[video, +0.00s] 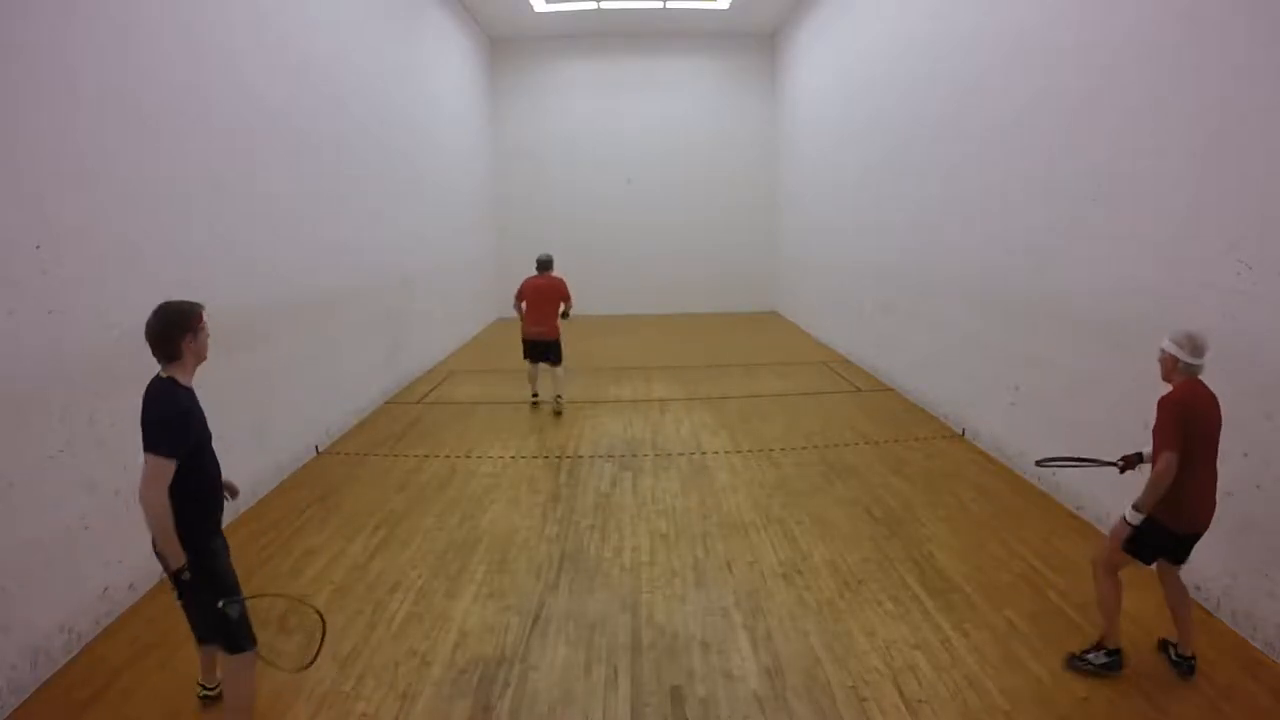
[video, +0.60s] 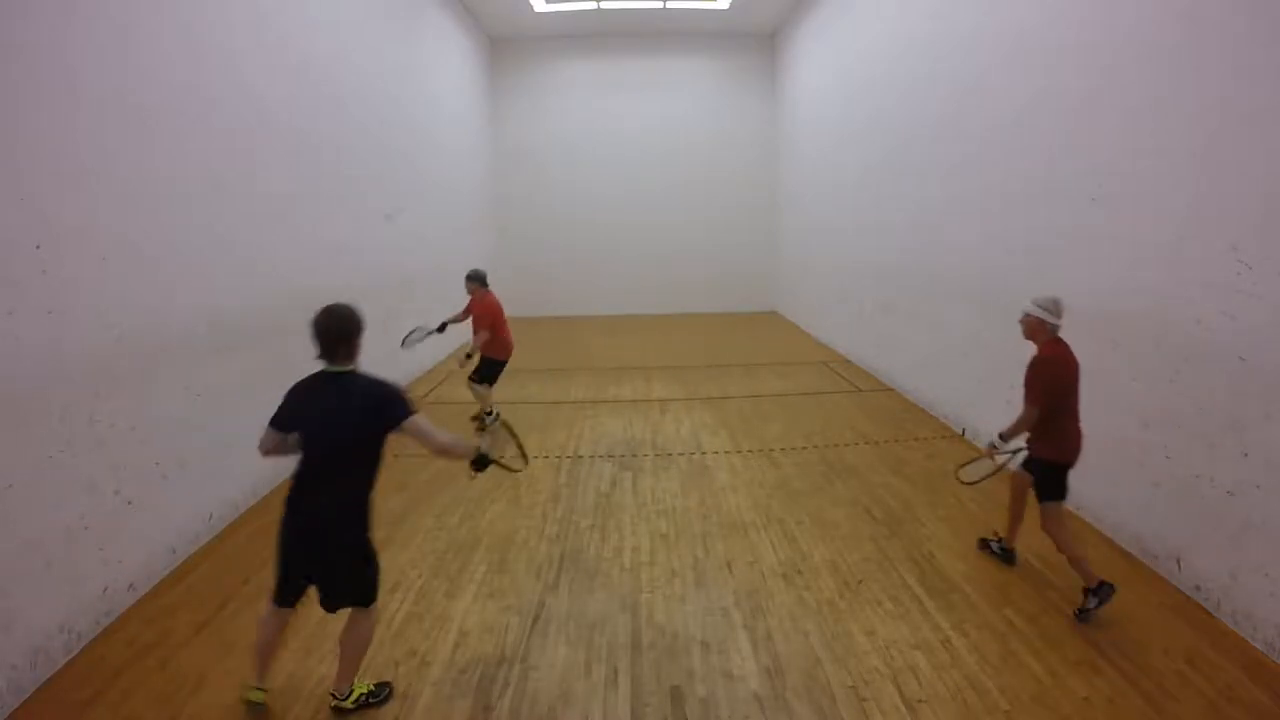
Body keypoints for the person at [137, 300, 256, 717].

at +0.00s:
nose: (208, 338)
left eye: (205, 331)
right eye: (203, 332)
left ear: (174, 343)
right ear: (187, 342)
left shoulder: (173, 389)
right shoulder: (169, 403)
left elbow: (181, 459)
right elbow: (151, 493)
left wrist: (215, 483)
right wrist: (177, 563)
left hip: (196, 530)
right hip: (197, 543)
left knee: (207, 615)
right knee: (242, 648)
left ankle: (210, 684)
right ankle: (240, 714)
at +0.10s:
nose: (209, 324)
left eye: (206, 315)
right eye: (205, 317)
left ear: (165, 330)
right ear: (192, 325)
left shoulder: (159, 378)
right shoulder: (185, 386)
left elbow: (157, 445)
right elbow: (176, 474)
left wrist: (211, 470)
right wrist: (212, 542)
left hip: (177, 519)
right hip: (202, 527)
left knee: (205, 595)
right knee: (254, 621)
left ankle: (210, 675)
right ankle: (253, 711)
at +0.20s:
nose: (217, 331)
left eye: (214, 323)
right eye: (214, 325)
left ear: (173, 337)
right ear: (204, 332)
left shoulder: (166, 385)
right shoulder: (199, 390)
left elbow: (177, 462)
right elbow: (200, 472)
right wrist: (244, 533)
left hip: (179, 519)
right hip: (206, 524)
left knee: (209, 592)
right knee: (281, 611)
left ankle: (195, 675)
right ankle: (285, 711)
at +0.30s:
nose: (233, 358)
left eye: (229, 350)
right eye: (230, 351)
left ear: (190, 365)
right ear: (222, 361)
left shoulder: (188, 409)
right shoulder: (216, 421)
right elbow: (237, 507)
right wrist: (295, 546)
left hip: (191, 539)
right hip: (221, 546)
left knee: (211, 607)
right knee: (315, 606)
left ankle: (190, 685)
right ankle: (334, 703)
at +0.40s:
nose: (264, 368)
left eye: (261, 361)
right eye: (262, 362)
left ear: (217, 376)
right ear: (255, 371)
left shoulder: (216, 419)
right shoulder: (257, 434)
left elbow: (249, 478)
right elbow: (298, 507)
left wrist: (305, 495)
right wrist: (357, 529)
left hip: (211, 548)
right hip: (244, 558)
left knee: (224, 608)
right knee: (337, 596)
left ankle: (190, 683)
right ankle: (344, 691)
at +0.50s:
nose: (310, 360)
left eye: (307, 353)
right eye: (308, 355)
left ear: (266, 366)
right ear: (304, 364)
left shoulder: (258, 412)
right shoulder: (317, 417)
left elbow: (269, 471)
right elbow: (377, 476)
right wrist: (427, 488)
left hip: (249, 541)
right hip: (290, 547)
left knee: (233, 606)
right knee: (352, 597)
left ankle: (201, 668)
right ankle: (343, 690)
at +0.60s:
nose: (355, 341)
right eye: (356, 334)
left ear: (318, 343)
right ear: (358, 341)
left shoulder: (304, 391)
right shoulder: (379, 394)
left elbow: (268, 446)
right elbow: (438, 442)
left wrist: (313, 439)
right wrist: (476, 452)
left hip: (300, 518)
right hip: (346, 523)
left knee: (282, 600)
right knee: (364, 605)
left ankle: (256, 685)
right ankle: (343, 691)